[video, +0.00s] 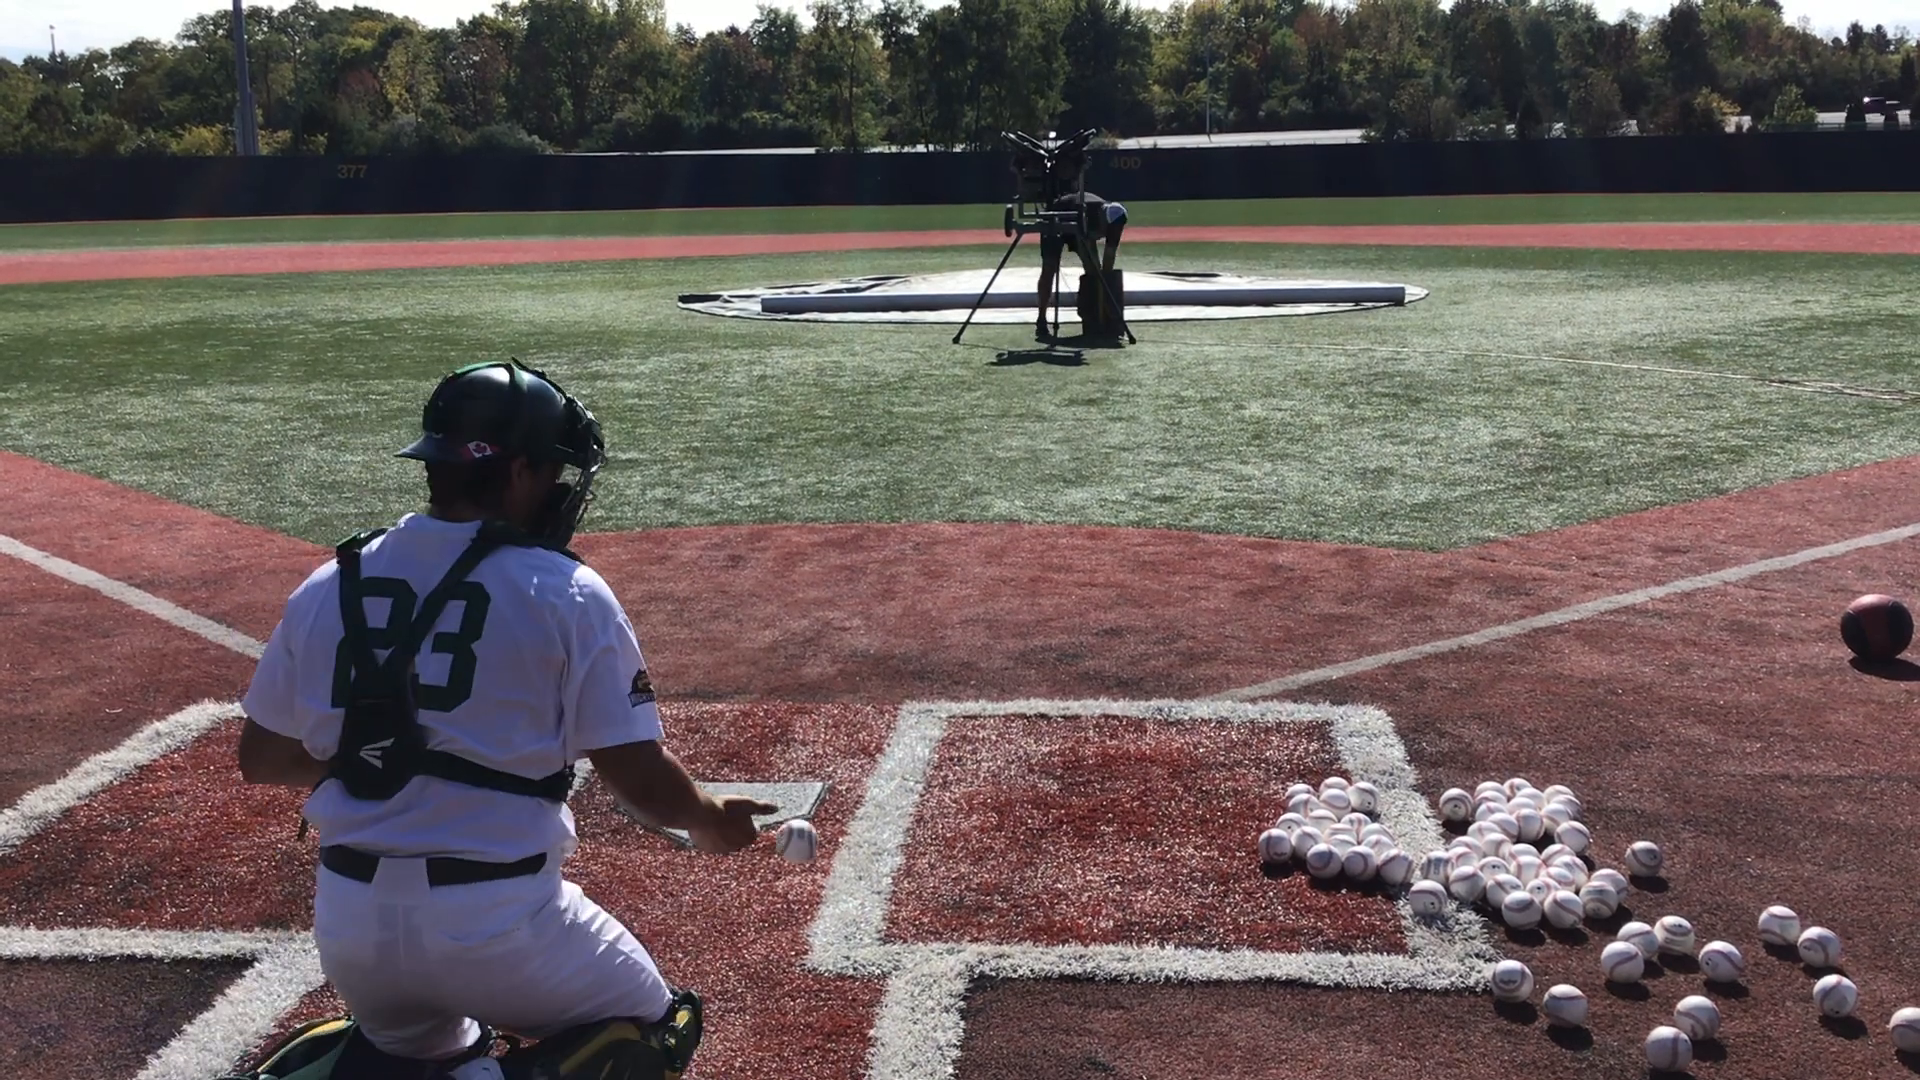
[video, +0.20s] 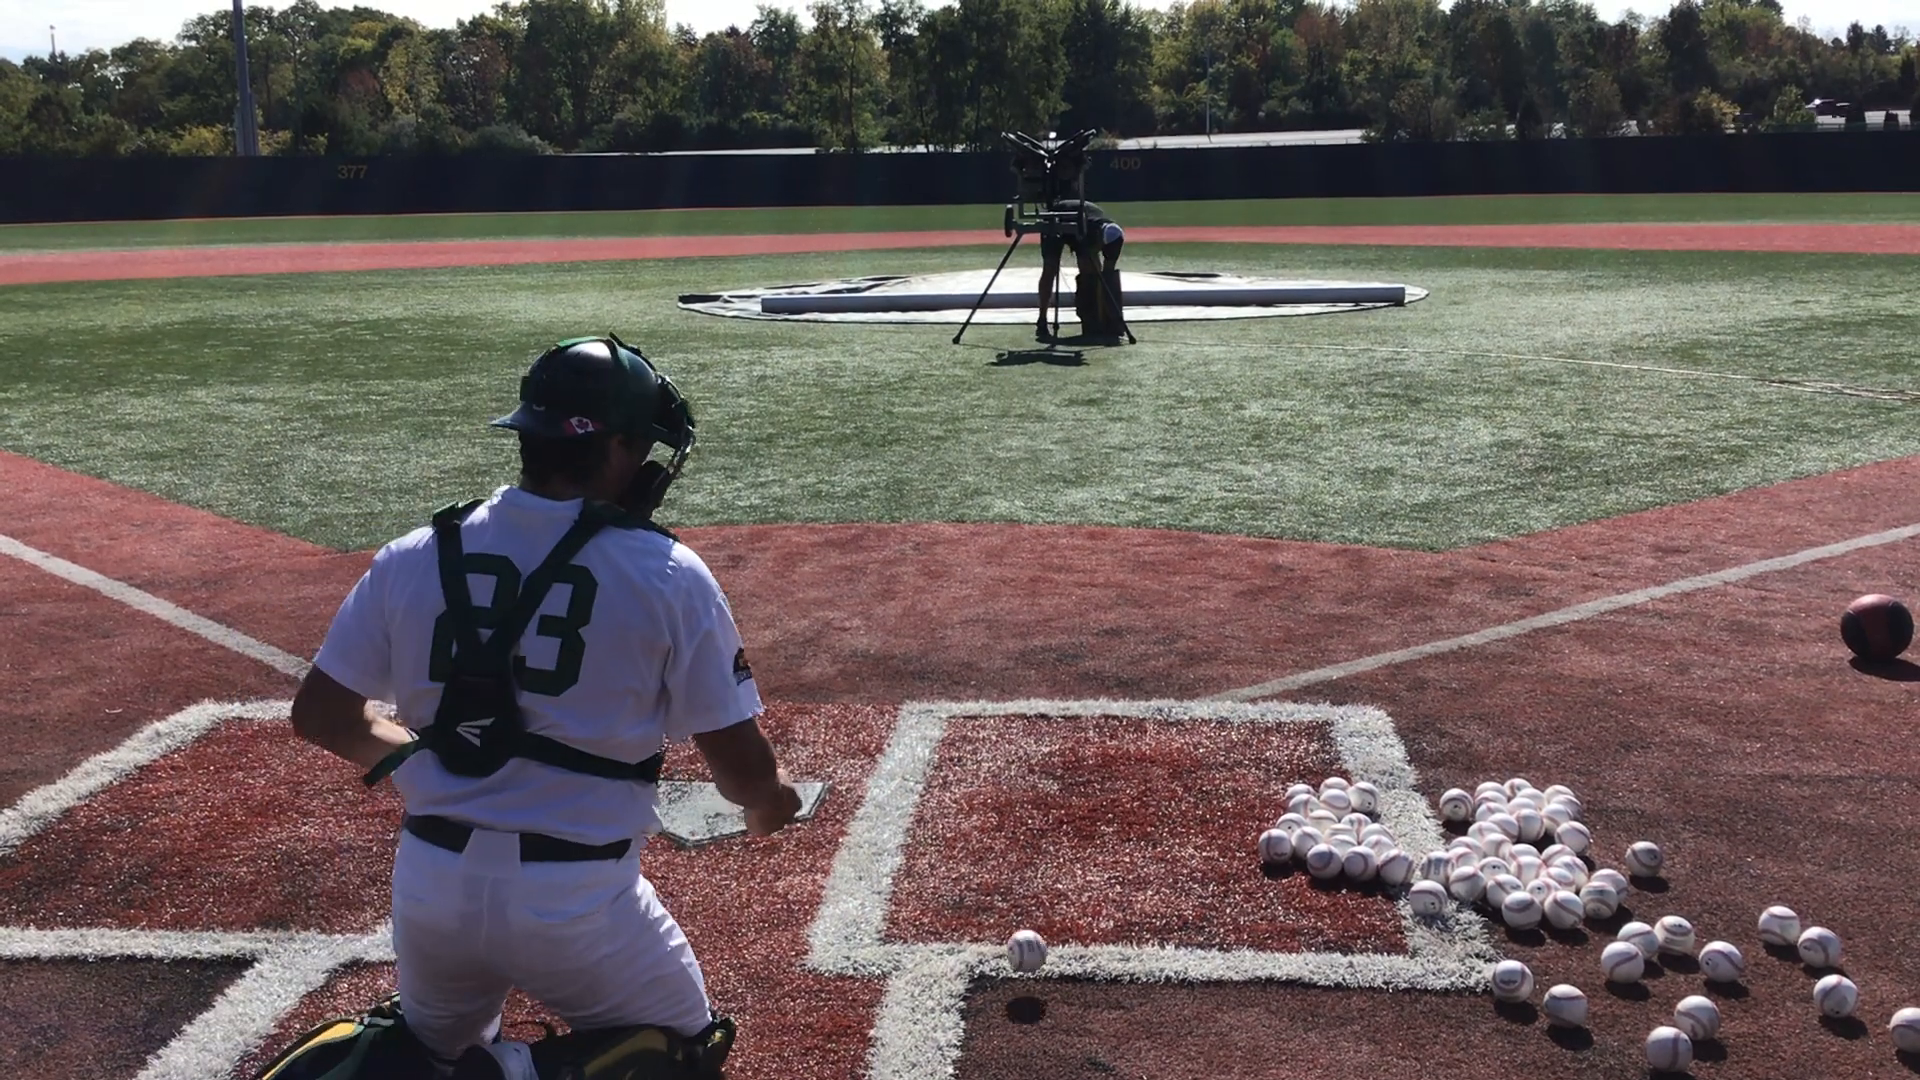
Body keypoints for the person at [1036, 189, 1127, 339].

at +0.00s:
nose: (1113, 229)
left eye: (1117, 226)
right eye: (1111, 225)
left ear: (1120, 219)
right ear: (1104, 216)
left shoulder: (1117, 218)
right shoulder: (1087, 212)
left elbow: (1110, 255)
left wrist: (1106, 283)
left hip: (1079, 226)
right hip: (1055, 222)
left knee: (1092, 269)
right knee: (1049, 270)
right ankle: (1041, 319)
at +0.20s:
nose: (1110, 253)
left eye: (1115, 249)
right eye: (1109, 249)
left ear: (1119, 240)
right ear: (1102, 240)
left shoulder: (1115, 237)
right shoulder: (1089, 235)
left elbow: (1108, 273)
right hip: (1055, 221)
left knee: (1088, 272)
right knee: (1050, 272)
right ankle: (1042, 320)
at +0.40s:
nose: (1112, 248)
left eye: (1117, 244)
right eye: (1110, 244)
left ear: (1120, 235)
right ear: (1103, 235)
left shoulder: (1116, 232)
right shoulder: (1090, 231)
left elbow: (1109, 269)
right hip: (1056, 219)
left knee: (1089, 271)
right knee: (1049, 270)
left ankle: (1093, 316)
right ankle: (1042, 320)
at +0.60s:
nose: (1118, 219)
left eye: (1121, 215)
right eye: (1116, 214)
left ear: (1124, 211)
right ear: (1107, 207)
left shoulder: (1118, 214)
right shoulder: (1089, 204)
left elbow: (1114, 247)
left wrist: (1109, 274)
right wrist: (1092, 267)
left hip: (1080, 228)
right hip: (1055, 221)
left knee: (1092, 270)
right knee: (1049, 269)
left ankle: (1095, 316)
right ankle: (1042, 320)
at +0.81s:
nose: (1114, 179)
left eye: (1117, 175)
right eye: (1111, 174)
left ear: (1119, 175)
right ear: (1102, 170)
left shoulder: (1119, 188)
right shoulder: (1088, 177)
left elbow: (1125, 210)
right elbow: (1070, 199)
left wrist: (1119, 230)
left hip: (1082, 226)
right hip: (1057, 223)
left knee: (1092, 271)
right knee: (1050, 269)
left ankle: (1095, 319)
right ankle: (1042, 317)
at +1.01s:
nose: (1095, 148)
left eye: (1099, 144)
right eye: (1092, 143)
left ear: (1104, 145)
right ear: (1086, 143)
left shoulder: (1109, 165)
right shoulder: (1072, 160)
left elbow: (1121, 183)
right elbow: (1056, 181)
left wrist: (1110, 210)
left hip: (1085, 220)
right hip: (1059, 218)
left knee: (1088, 268)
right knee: (1050, 269)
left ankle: (1090, 313)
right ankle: (1042, 314)